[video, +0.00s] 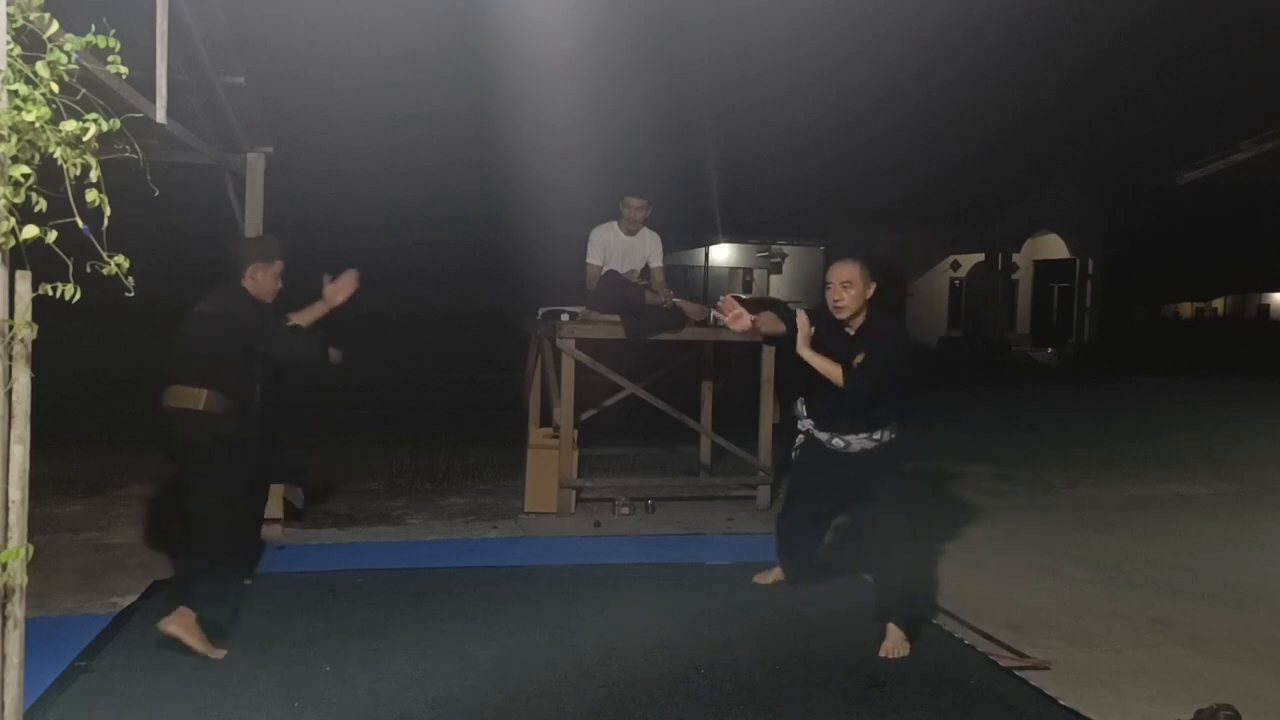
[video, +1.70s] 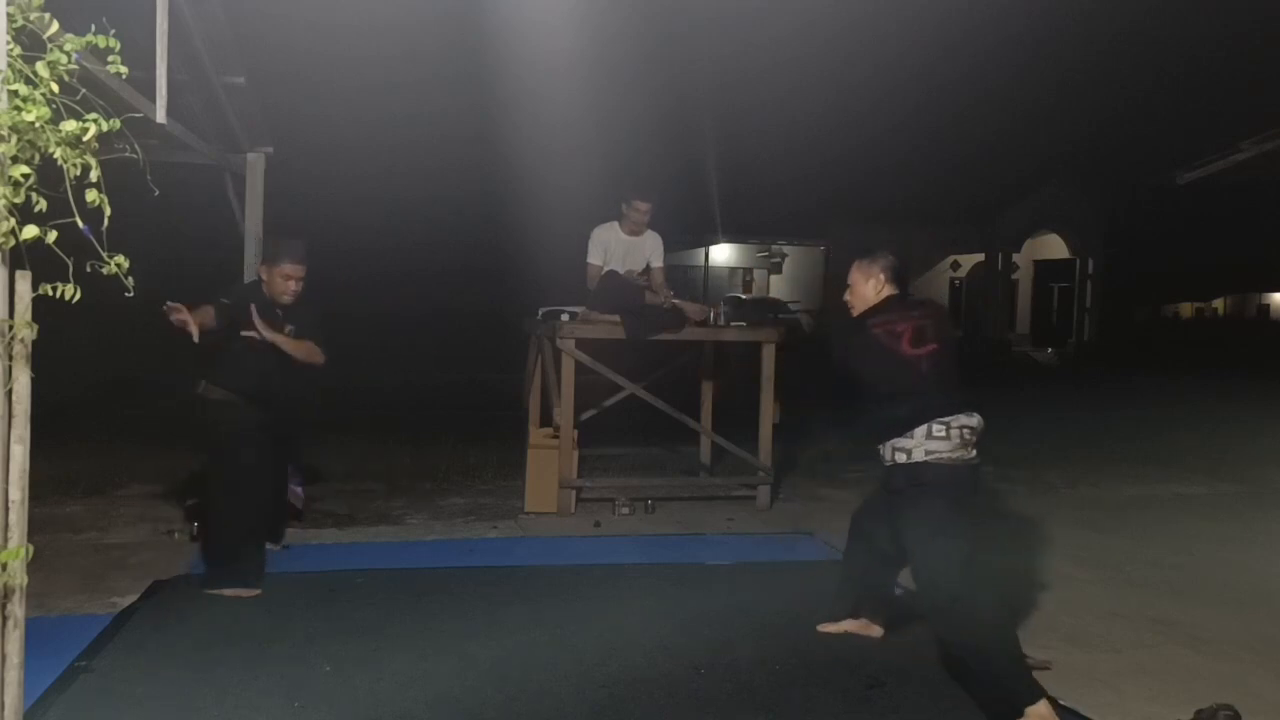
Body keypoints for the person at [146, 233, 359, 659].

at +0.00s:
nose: (280, 284)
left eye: (280, 275)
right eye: (277, 274)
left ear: (250, 273)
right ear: (255, 272)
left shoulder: (222, 303)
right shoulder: (238, 309)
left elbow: (278, 328)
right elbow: (290, 345)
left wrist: (326, 303)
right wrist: (330, 354)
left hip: (187, 420)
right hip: (208, 424)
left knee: (211, 510)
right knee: (222, 513)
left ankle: (188, 609)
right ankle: (186, 613)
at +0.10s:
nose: (279, 286)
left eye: (279, 277)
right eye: (276, 277)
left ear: (247, 276)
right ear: (253, 276)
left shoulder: (216, 305)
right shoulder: (239, 312)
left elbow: (265, 336)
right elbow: (286, 344)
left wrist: (305, 309)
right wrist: (347, 349)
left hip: (186, 427)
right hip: (208, 431)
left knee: (207, 517)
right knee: (211, 523)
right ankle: (175, 623)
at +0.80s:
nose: (284, 284)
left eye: (285, 276)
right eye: (281, 275)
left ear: (257, 271)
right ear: (258, 269)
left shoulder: (229, 295)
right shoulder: (244, 304)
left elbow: (295, 333)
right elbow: (289, 347)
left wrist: (349, 328)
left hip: (169, 407)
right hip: (195, 414)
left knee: (214, 487)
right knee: (224, 490)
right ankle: (214, 582)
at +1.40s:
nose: (293, 284)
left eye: (296, 276)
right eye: (286, 274)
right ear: (259, 269)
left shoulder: (258, 302)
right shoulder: (241, 302)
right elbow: (298, 333)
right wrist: (363, 328)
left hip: (229, 406)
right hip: (217, 410)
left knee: (245, 480)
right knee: (253, 486)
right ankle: (232, 573)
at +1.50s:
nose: (292, 285)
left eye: (296, 277)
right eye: (285, 275)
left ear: (299, 274)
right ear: (260, 270)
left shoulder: (275, 308)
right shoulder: (239, 299)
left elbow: (310, 353)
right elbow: (261, 326)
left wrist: (297, 345)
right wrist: (318, 327)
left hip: (245, 401)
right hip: (220, 403)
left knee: (257, 474)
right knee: (244, 481)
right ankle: (231, 572)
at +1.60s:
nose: (293, 286)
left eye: (299, 278)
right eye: (286, 276)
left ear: (304, 276)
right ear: (262, 272)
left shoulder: (302, 308)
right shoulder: (240, 301)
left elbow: (315, 353)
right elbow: (215, 316)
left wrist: (264, 332)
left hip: (277, 420)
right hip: (232, 416)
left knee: (267, 496)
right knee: (232, 490)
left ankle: (256, 571)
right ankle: (228, 569)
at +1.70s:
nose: (294, 287)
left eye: (300, 279)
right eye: (286, 278)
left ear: (305, 278)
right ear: (264, 274)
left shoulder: (302, 310)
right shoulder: (248, 298)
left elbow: (317, 355)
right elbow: (218, 312)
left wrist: (270, 334)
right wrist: (194, 319)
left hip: (265, 409)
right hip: (225, 405)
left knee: (259, 483)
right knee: (235, 484)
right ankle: (232, 575)